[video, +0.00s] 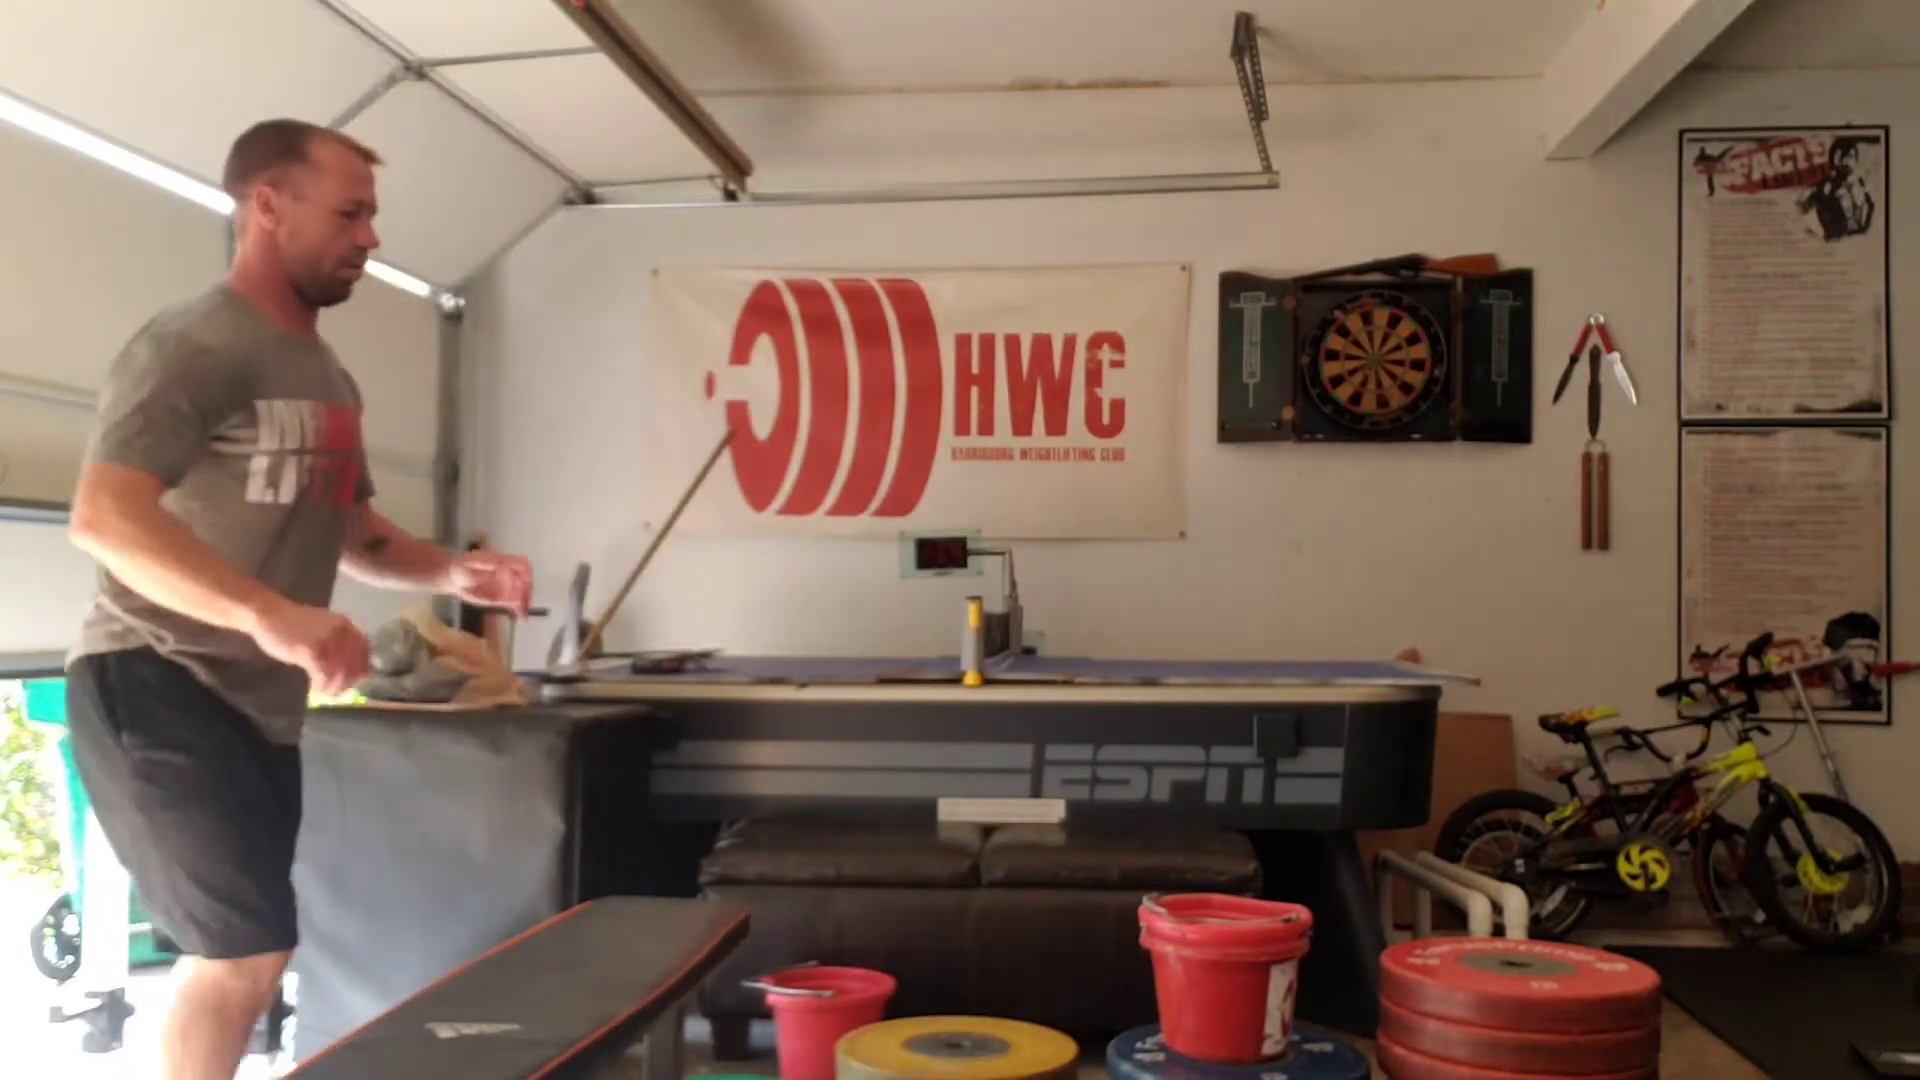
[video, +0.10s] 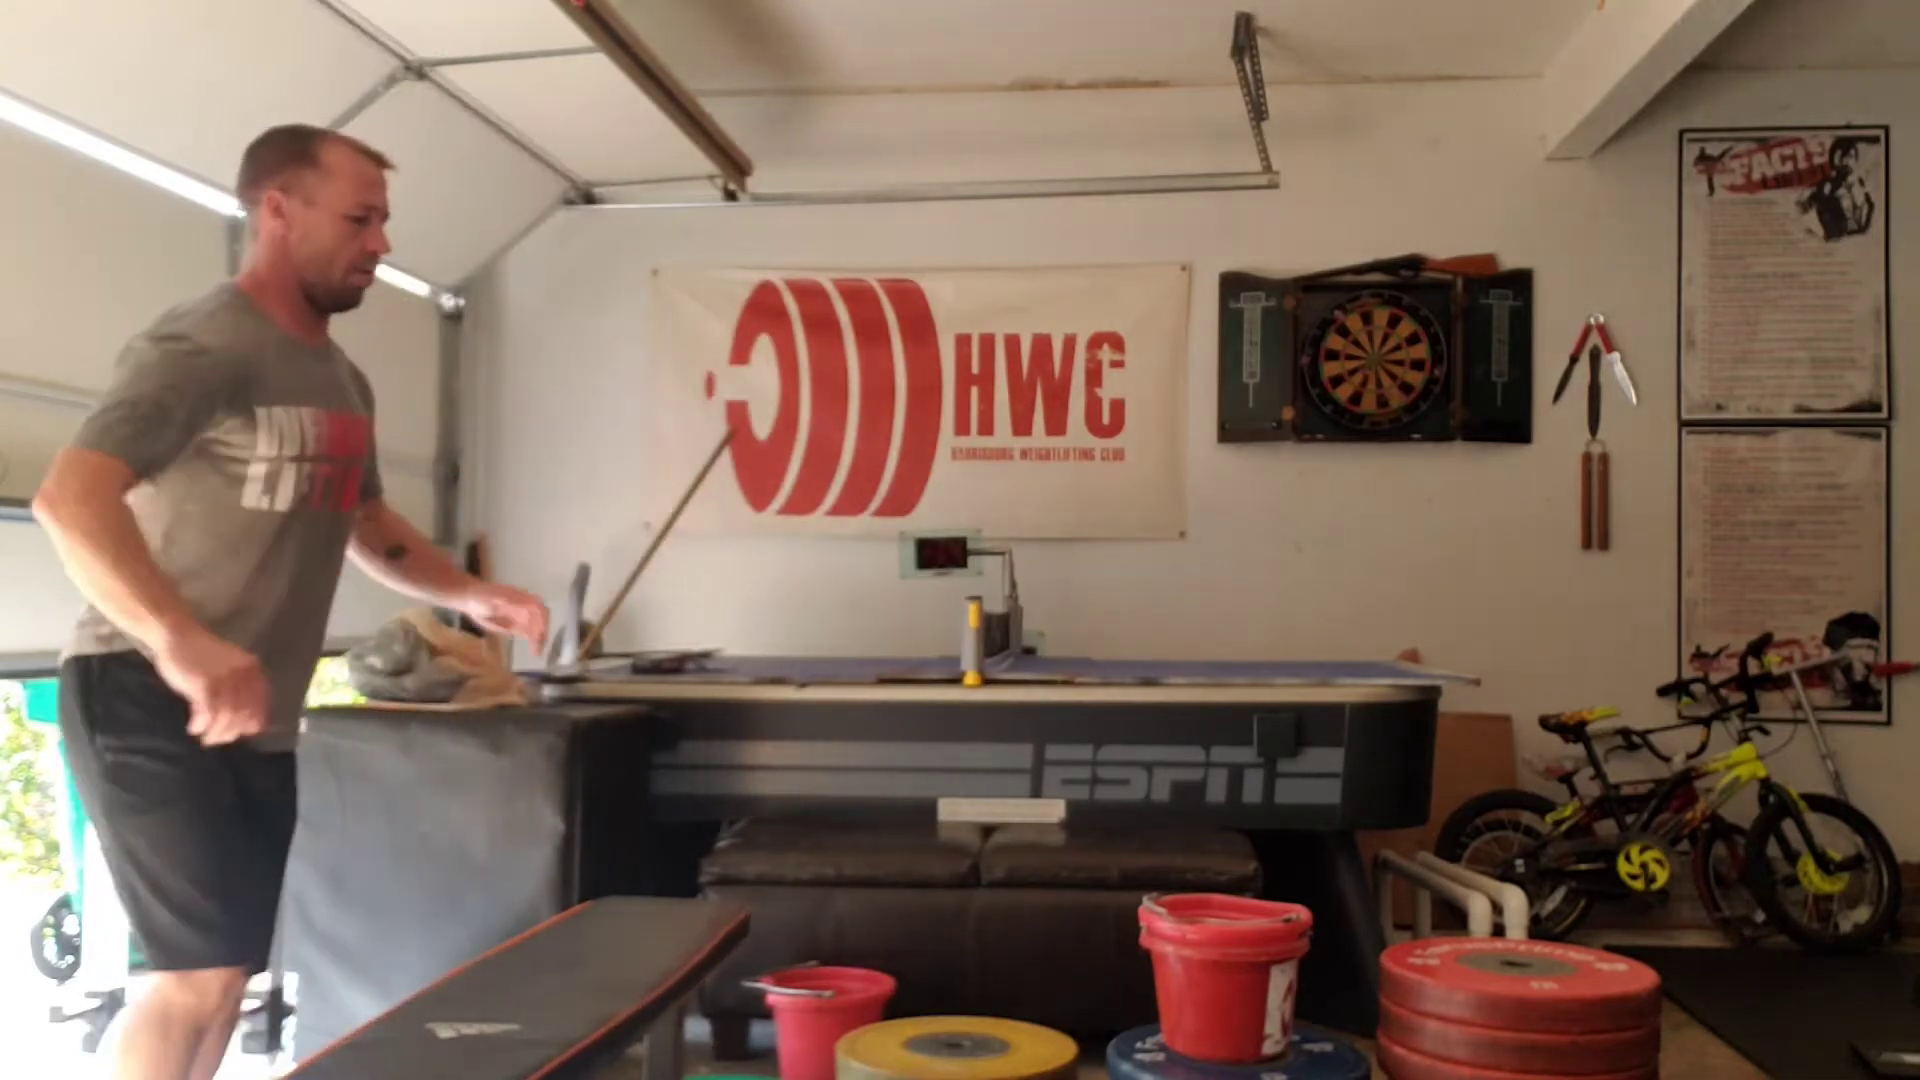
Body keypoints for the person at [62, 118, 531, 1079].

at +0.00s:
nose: (372, 237)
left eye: (373, 216)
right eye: (354, 211)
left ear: (283, 211)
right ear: (267, 206)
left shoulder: (327, 377)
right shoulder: (190, 342)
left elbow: (357, 532)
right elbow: (104, 511)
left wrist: (452, 569)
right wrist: (267, 612)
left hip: (257, 696)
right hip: (153, 680)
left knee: (250, 950)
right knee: (242, 945)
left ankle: (201, 1072)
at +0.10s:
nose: (382, 241)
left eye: (383, 220)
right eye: (364, 216)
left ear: (289, 216)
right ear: (279, 209)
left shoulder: (341, 377)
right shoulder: (201, 339)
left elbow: (371, 527)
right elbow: (73, 494)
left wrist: (468, 593)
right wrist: (183, 637)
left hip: (258, 705)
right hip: (144, 692)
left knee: (222, 977)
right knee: (197, 979)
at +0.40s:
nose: (489, 364)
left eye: (492, 341)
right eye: (469, 337)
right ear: (387, 331)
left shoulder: (424, 478)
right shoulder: (286, 445)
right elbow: (78, 478)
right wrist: (15, 662)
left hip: (252, 767)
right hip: (126, 748)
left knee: (329, 957)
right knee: (202, 1019)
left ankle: (229, 1078)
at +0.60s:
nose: (516, 380)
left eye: (515, 357)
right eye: (495, 354)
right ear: (412, 347)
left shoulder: (470, 509)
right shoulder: (343, 479)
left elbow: (525, 653)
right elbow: (420, 667)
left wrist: (622, 597)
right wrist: (573, 595)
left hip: (291, 780)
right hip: (168, 769)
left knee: (351, 1007)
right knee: (239, 1046)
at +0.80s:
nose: (672, 104)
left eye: (677, 85)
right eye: (659, 76)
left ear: (583, 59)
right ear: (577, 52)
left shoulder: (606, 201)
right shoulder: (494, 135)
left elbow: (717, 324)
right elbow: (566, 256)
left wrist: (788, 231)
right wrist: (722, 180)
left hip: (448, 489)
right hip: (354, 476)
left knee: (540, 730)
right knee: (426, 753)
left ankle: (294, 849)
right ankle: (228, 887)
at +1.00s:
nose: (843, 65)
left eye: (845, 42)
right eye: (831, 34)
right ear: (751, 15)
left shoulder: (754, 207)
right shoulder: (660, 113)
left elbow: (774, 382)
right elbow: (585, 289)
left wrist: (881, 468)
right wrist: (748, 361)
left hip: (584, 408)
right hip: (477, 389)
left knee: (788, 526)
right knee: (688, 501)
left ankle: (765, 804)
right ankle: (688, 787)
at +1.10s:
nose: (908, 82)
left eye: (912, 57)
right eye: (897, 49)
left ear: (823, 38)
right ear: (813, 27)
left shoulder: (818, 202)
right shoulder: (718, 125)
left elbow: (740, 366)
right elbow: (561, 243)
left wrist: (788, 479)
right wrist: (681, 373)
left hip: (719, 478)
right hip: (614, 467)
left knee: (860, 703)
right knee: (774, 729)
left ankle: (901, 1005)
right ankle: (850, 1042)